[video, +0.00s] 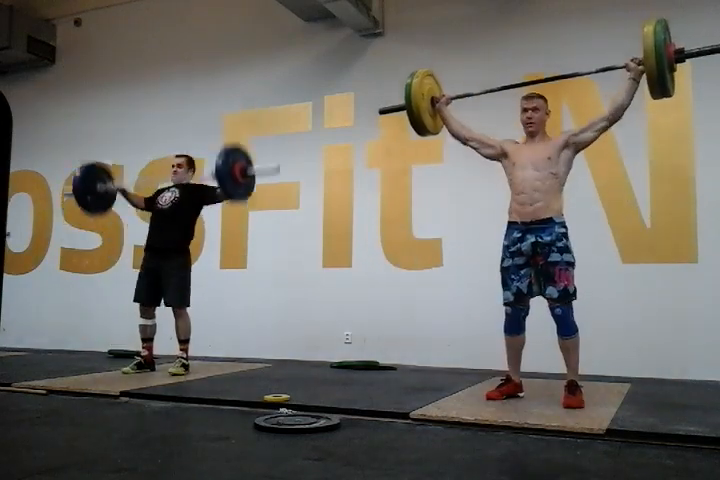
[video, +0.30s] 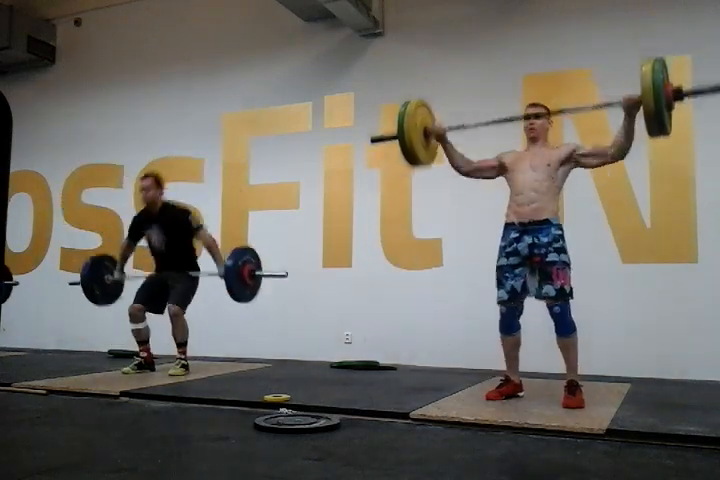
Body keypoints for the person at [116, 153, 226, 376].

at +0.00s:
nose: (174, 169)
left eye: (179, 166)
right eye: (173, 166)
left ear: (191, 171)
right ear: (172, 170)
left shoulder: (197, 191)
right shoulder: (161, 192)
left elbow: (226, 194)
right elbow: (143, 204)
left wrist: (237, 174)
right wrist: (122, 191)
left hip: (177, 259)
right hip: (152, 257)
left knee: (179, 308)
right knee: (146, 307)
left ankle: (183, 359)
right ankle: (146, 358)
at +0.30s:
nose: (144, 195)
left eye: (148, 190)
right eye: (142, 190)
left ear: (160, 191)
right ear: (140, 193)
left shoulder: (182, 215)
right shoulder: (141, 219)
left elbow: (207, 239)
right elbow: (129, 244)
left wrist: (221, 265)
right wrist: (119, 268)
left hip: (185, 274)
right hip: (161, 274)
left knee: (174, 310)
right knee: (135, 311)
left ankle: (182, 360)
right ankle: (146, 359)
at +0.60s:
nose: (131, 222)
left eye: (135, 218)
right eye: (129, 218)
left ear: (149, 218)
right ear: (127, 219)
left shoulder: (166, 235)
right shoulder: (130, 241)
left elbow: (204, 248)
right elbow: (121, 259)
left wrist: (224, 272)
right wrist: (118, 276)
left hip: (188, 278)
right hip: (163, 280)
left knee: (177, 309)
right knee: (134, 310)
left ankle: (182, 360)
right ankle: (146, 359)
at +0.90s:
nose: (152, 177)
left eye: (155, 172)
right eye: (149, 173)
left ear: (168, 171)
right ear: (148, 175)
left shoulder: (186, 196)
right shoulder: (147, 200)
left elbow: (206, 222)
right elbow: (130, 227)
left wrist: (217, 247)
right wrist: (115, 251)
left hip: (182, 261)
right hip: (156, 261)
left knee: (178, 307)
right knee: (145, 307)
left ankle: (183, 359)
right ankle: (146, 358)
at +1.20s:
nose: (159, 176)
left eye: (163, 171)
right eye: (156, 172)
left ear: (175, 171)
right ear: (155, 173)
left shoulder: (189, 196)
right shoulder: (151, 198)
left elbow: (203, 220)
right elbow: (132, 224)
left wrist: (214, 243)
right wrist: (114, 247)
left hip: (179, 261)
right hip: (154, 260)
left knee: (179, 308)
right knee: (145, 306)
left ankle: (182, 359)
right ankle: (146, 358)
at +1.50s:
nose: (136, 191)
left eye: (141, 186)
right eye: (135, 187)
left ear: (154, 188)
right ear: (135, 190)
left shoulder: (174, 211)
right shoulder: (135, 218)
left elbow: (195, 237)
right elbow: (124, 244)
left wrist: (214, 264)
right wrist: (114, 269)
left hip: (186, 266)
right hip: (161, 267)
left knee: (178, 307)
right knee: (140, 309)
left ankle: (183, 360)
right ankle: (146, 358)